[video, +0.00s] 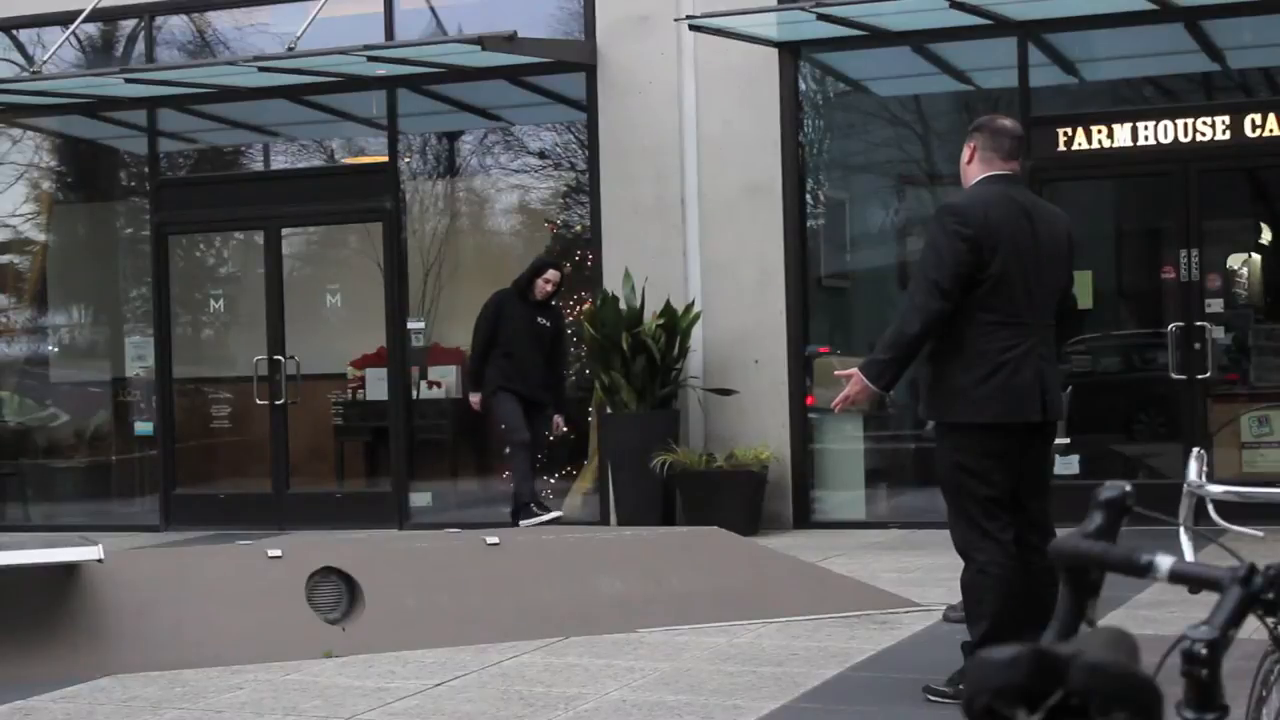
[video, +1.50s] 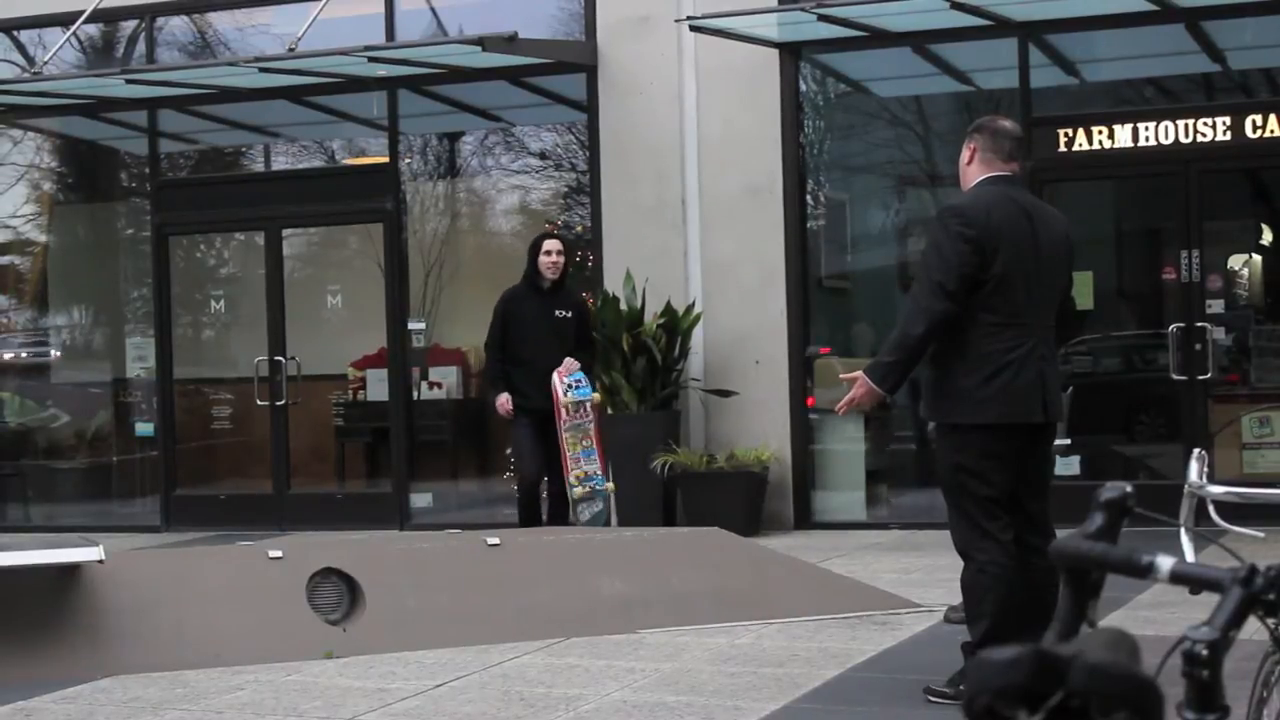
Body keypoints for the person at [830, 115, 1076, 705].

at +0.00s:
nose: (960, 165)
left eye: (962, 156)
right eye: (964, 157)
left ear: (972, 155)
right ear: (1020, 161)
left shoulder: (963, 214)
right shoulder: (1052, 220)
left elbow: (927, 304)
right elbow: (1067, 314)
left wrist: (876, 374)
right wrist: (1027, 352)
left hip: (972, 405)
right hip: (1034, 404)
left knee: (983, 538)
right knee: (1029, 531)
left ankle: (988, 673)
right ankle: (1033, 665)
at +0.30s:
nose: (958, 166)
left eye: (960, 157)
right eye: (962, 158)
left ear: (971, 155)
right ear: (1021, 163)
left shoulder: (963, 215)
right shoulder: (1051, 220)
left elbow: (928, 307)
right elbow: (1067, 314)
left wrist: (878, 375)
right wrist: (1027, 352)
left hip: (972, 406)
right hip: (1034, 406)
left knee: (982, 538)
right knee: (1029, 532)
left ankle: (987, 674)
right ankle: (1032, 666)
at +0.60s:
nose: (957, 167)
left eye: (959, 158)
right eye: (960, 159)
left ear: (969, 156)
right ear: (1019, 163)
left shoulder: (963, 215)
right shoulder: (1050, 221)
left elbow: (927, 307)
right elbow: (1066, 316)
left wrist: (878, 376)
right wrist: (1025, 354)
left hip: (972, 407)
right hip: (1033, 406)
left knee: (982, 539)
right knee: (1028, 532)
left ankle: (987, 674)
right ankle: (1032, 666)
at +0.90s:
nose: (957, 166)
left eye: (959, 157)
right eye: (961, 158)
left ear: (970, 155)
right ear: (1020, 163)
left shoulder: (963, 215)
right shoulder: (1049, 220)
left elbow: (928, 307)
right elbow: (1065, 316)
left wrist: (877, 375)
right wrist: (1022, 349)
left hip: (972, 407)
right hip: (1033, 407)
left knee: (982, 540)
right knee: (1029, 533)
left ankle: (987, 674)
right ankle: (1032, 667)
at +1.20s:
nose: (957, 166)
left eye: (959, 157)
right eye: (961, 158)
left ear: (970, 155)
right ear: (1020, 163)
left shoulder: (964, 216)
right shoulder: (1050, 222)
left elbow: (929, 307)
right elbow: (1065, 317)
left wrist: (879, 376)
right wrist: (1021, 347)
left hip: (972, 408)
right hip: (1033, 407)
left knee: (982, 538)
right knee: (1029, 531)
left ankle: (988, 674)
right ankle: (1031, 666)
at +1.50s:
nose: (959, 166)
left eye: (961, 157)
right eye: (962, 157)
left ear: (971, 155)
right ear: (1021, 163)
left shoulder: (964, 216)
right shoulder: (1050, 222)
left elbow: (929, 308)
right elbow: (1067, 317)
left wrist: (880, 377)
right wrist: (1024, 351)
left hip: (972, 408)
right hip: (1033, 407)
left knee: (982, 539)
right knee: (1029, 532)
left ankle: (987, 674)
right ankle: (1032, 667)